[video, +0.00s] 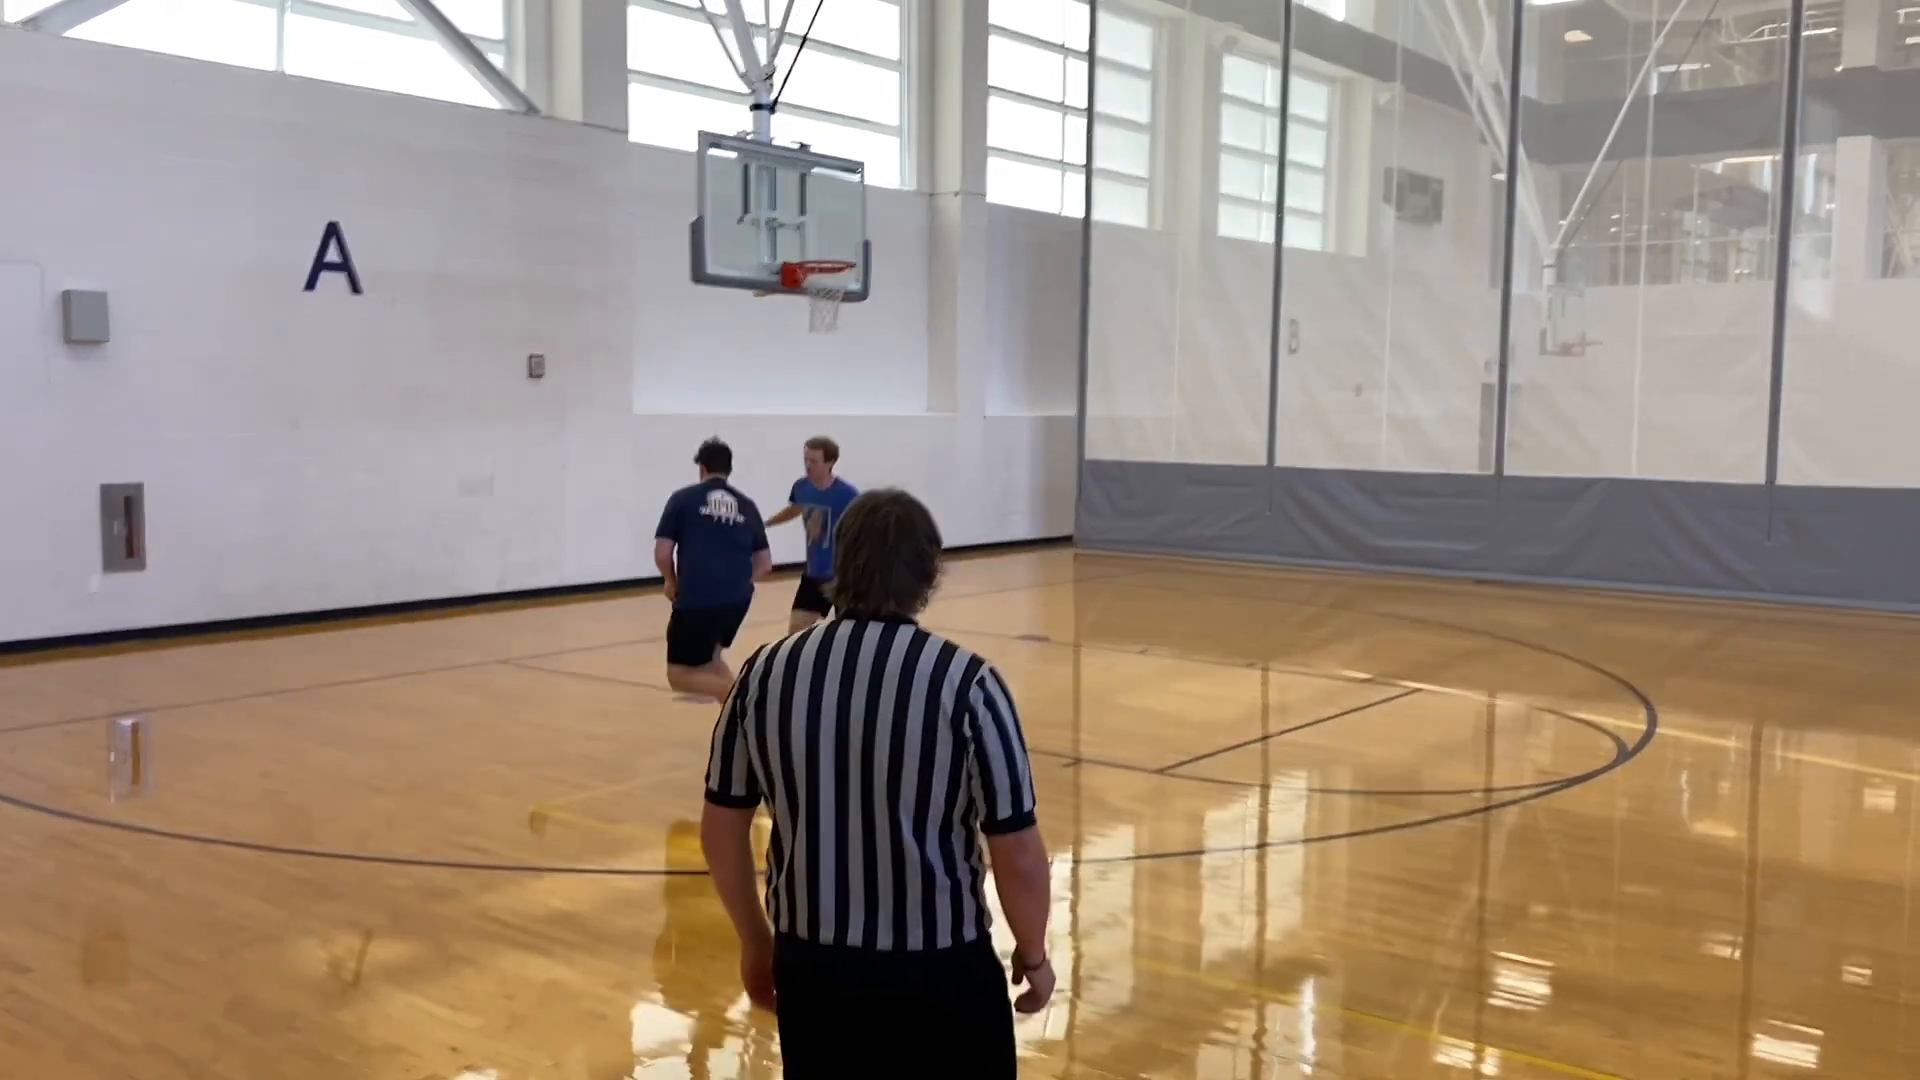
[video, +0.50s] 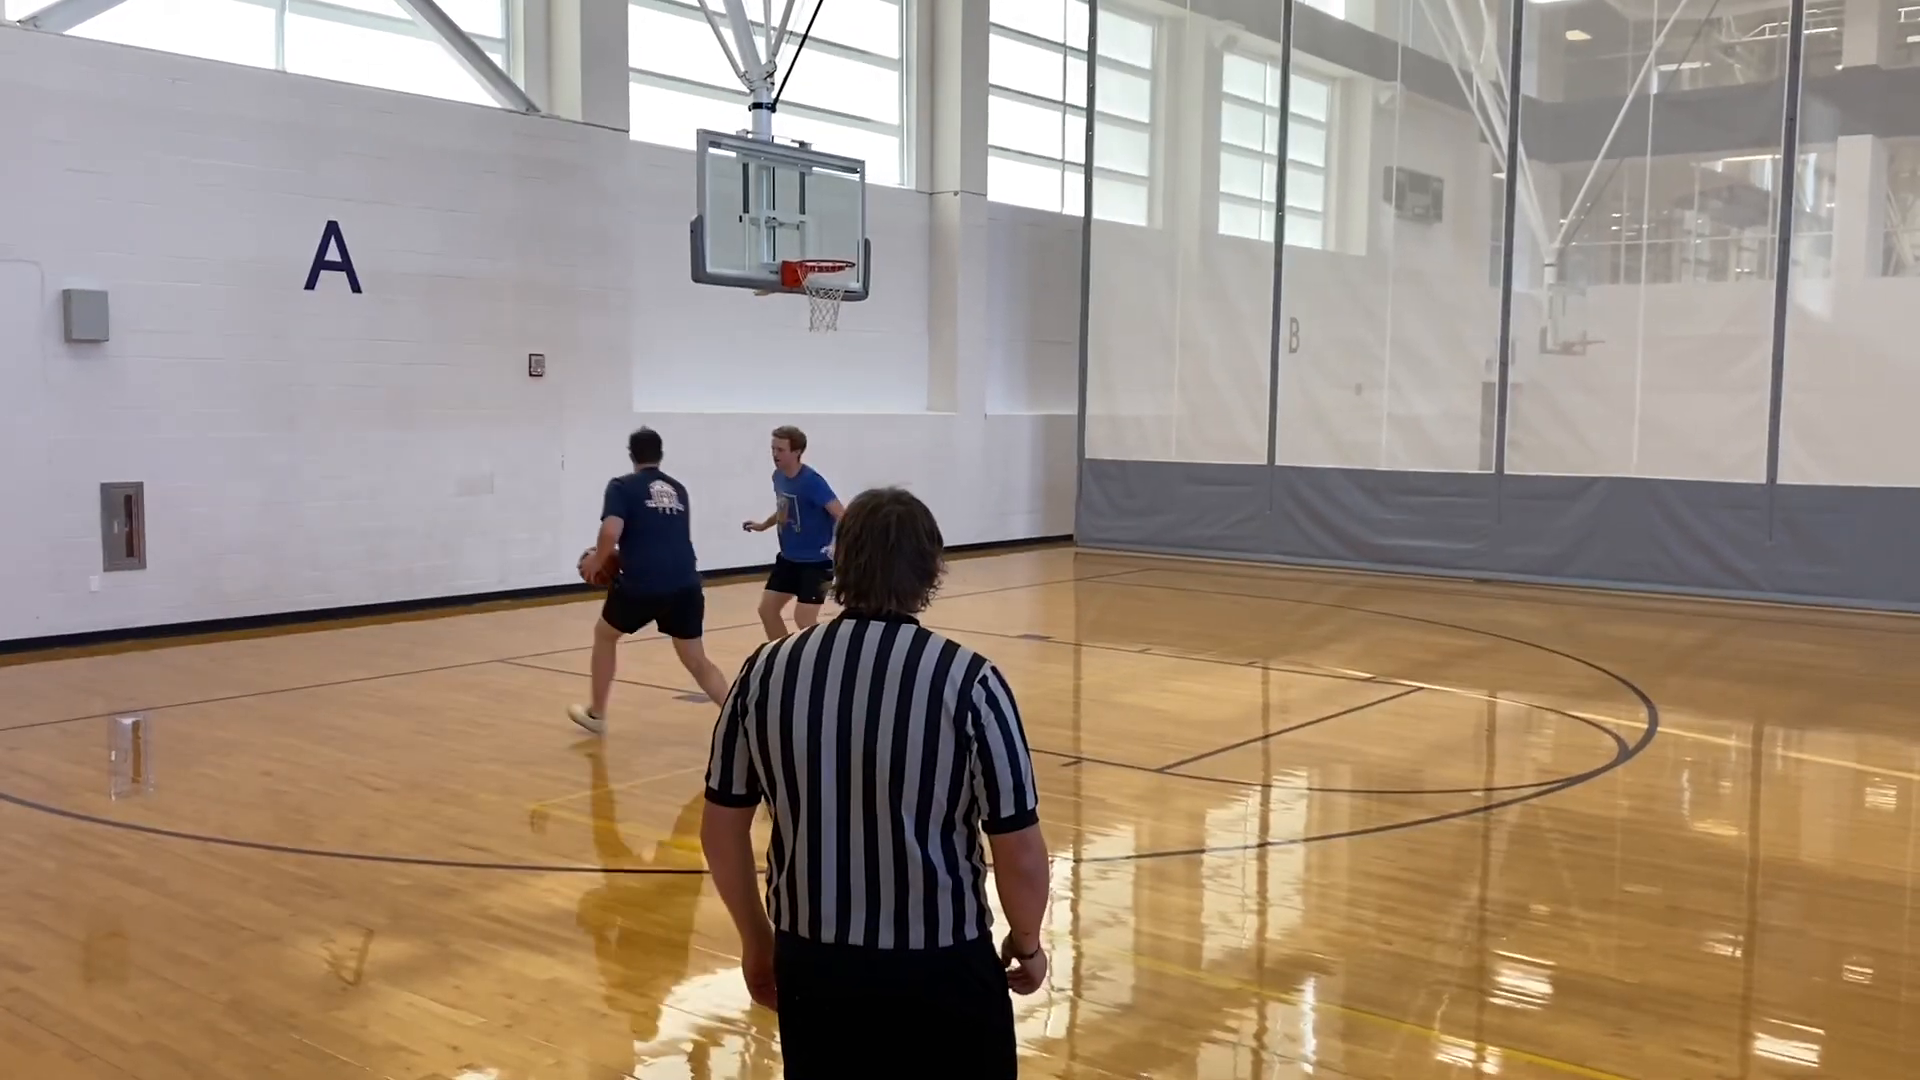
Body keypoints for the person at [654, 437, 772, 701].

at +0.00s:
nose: (699, 471)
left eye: (699, 467)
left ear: (702, 468)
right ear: (729, 469)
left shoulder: (683, 499)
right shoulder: (747, 505)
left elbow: (663, 552)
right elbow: (764, 563)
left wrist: (670, 580)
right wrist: (739, 576)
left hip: (698, 595)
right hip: (738, 595)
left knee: (678, 675)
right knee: (713, 657)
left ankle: (735, 693)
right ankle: (742, 706)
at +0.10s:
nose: (684, 470)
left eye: (685, 466)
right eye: (686, 466)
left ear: (688, 467)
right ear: (715, 468)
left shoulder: (670, 499)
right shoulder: (733, 504)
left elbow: (650, 551)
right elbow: (746, 564)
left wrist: (658, 579)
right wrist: (717, 572)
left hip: (686, 595)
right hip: (728, 595)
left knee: (660, 663)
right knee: (707, 657)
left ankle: (718, 695)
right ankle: (739, 702)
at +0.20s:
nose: (673, 469)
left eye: (672, 465)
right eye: (679, 466)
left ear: (674, 466)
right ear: (702, 466)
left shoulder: (659, 498)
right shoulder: (720, 501)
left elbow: (639, 548)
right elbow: (731, 556)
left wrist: (641, 575)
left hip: (675, 593)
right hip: (718, 593)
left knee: (645, 650)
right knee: (701, 655)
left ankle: (692, 703)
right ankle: (738, 716)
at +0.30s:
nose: (659, 467)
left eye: (659, 463)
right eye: (664, 464)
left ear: (661, 464)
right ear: (689, 464)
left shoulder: (647, 494)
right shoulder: (706, 497)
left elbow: (629, 541)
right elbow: (713, 545)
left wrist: (623, 569)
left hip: (664, 590)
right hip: (708, 591)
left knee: (631, 640)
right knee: (697, 655)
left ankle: (660, 714)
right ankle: (738, 715)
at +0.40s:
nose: (649, 462)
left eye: (648, 458)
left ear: (646, 460)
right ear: (675, 460)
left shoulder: (635, 491)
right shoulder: (693, 494)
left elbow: (620, 537)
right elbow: (691, 544)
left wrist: (613, 563)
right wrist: (639, 562)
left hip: (651, 590)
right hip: (696, 591)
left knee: (618, 635)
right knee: (696, 658)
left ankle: (628, 718)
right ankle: (739, 714)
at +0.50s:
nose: (636, 458)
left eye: (634, 453)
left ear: (632, 456)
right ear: (661, 456)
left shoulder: (622, 486)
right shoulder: (678, 488)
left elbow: (611, 532)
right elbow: (671, 538)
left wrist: (598, 558)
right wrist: (620, 556)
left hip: (639, 586)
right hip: (684, 585)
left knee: (606, 634)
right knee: (696, 659)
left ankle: (596, 713)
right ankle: (739, 717)